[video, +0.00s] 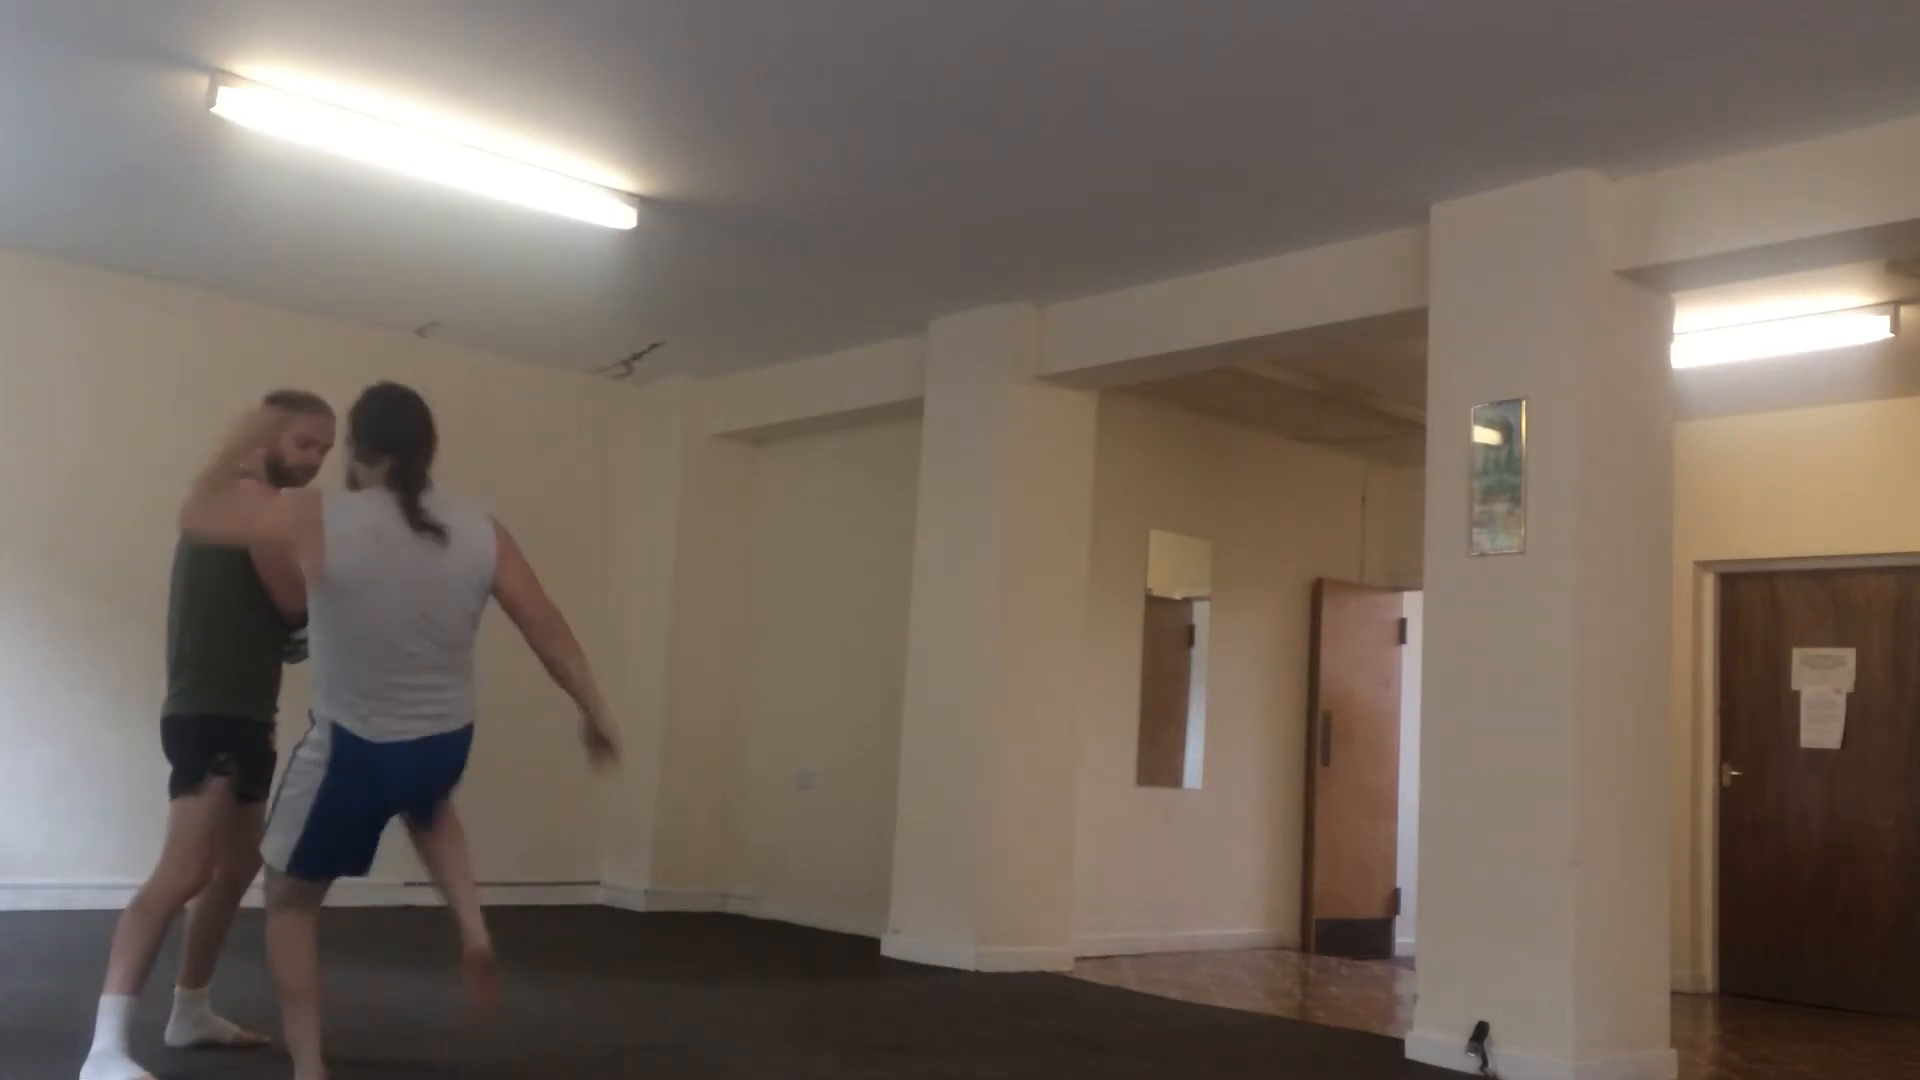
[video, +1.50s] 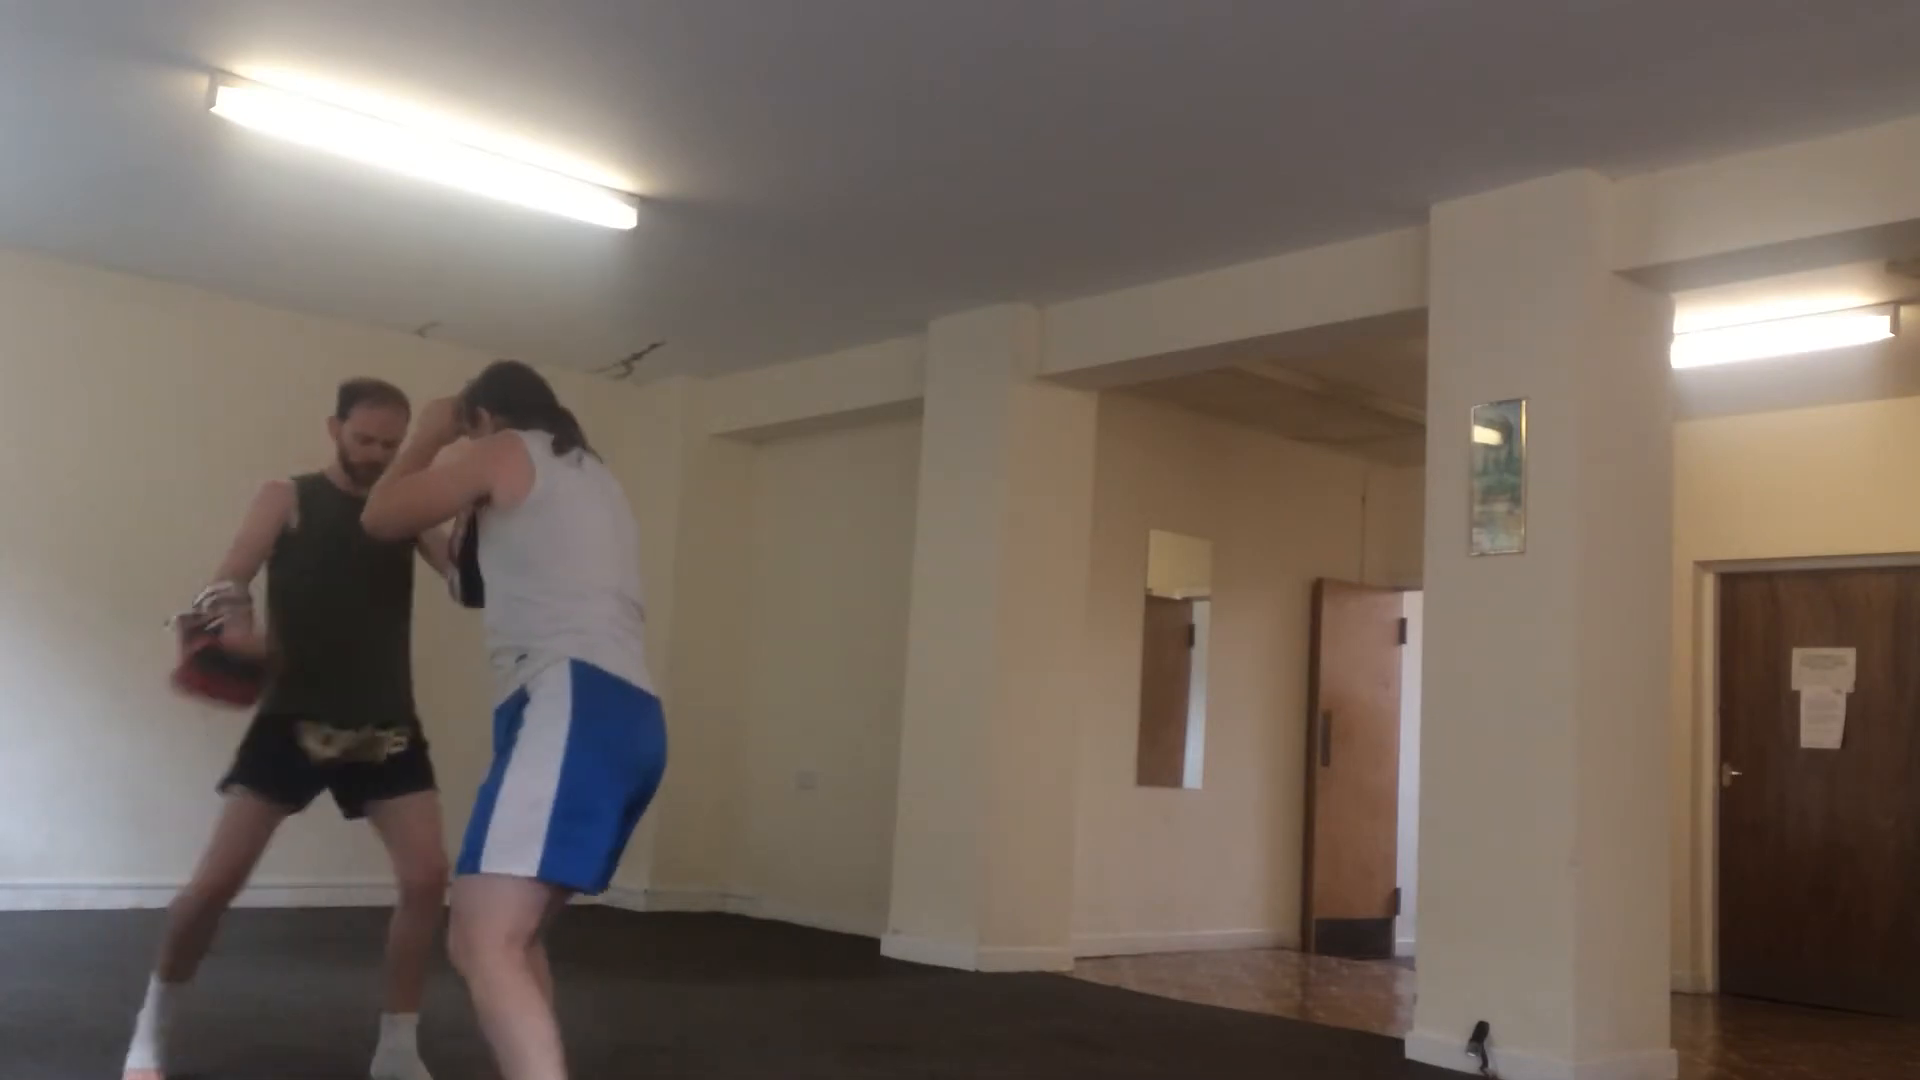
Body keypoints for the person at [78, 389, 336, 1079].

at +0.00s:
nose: (316, 460)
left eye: (323, 450)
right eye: (307, 445)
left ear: (306, 444)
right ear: (267, 432)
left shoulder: (237, 494)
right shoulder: (250, 495)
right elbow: (294, 601)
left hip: (243, 714)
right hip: (214, 714)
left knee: (236, 867)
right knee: (182, 871)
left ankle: (191, 1012)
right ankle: (105, 1048)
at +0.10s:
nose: (326, 463)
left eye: (333, 451)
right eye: (315, 444)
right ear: (271, 434)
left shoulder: (247, 494)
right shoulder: (260, 496)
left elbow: (278, 615)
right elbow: (308, 608)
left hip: (244, 713)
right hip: (216, 713)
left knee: (237, 865)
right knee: (185, 871)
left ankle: (191, 1013)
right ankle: (107, 1047)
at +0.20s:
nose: (307, 444)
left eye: (313, 432)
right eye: (296, 428)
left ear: (259, 429)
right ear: (251, 422)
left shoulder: (236, 489)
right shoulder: (243, 491)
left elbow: (302, 584)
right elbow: (317, 575)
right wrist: (312, 490)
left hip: (247, 710)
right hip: (219, 711)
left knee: (232, 864)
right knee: (187, 868)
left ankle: (191, 1012)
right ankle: (107, 1043)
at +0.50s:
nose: (314, 449)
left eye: (321, 437)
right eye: (300, 435)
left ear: (325, 444)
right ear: (262, 435)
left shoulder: (277, 508)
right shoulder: (229, 499)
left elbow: (277, 611)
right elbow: (270, 600)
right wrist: (336, 593)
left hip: (262, 711)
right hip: (216, 711)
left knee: (246, 865)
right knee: (197, 863)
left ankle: (192, 1012)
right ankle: (116, 1037)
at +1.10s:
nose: (320, 452)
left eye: (331, 442)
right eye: (309, 437)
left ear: (340, 441)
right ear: (272, 427)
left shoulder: (339, 512)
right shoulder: (222, 493)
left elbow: (339, 601)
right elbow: (198, 593)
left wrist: (379, 588)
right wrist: (295, 584)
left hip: (295, 712)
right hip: (208, 707)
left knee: (321, 880)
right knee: (182, 874)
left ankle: (258, 990)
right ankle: (169, 1040)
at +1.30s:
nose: (344, 456)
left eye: (356, 447)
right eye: (335, 440)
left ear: (364, 445)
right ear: (299, 425)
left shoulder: (362, 510)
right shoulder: (237, 493)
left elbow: (408, 587)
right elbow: (207, 603)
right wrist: (291, 570)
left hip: (323, 718)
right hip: (230, 713)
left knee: (367, 880)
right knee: (170, 879)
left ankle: (392, 1046)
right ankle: (174, 1043)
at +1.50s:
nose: (375, 455)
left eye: (388, 444)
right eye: (364, 440)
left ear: (405, 441)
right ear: (335, 431)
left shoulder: (403, 506)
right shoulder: (288, 499)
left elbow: (472, 583)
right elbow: (225, 585)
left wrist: (465, 498)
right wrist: (236, 625)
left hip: (386, 726)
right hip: (294, 722)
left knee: (427, 878)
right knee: (215, 886)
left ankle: (398, 1050)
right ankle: (151, 1027)